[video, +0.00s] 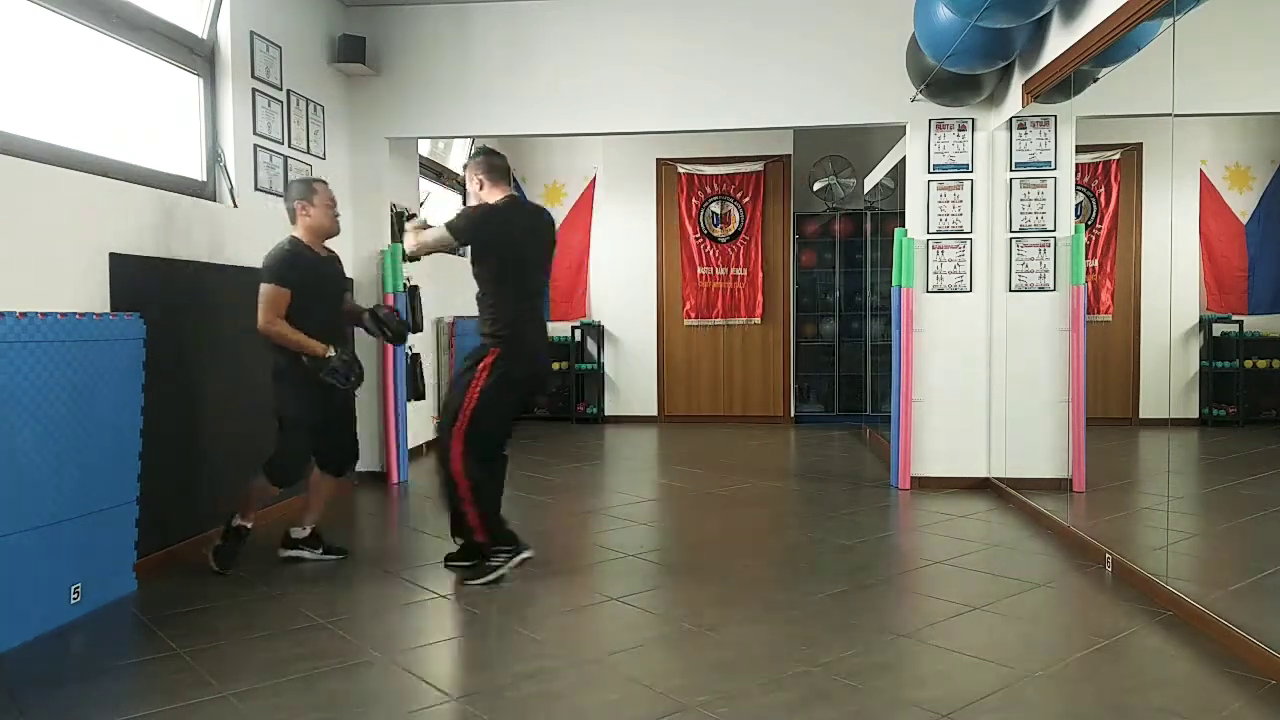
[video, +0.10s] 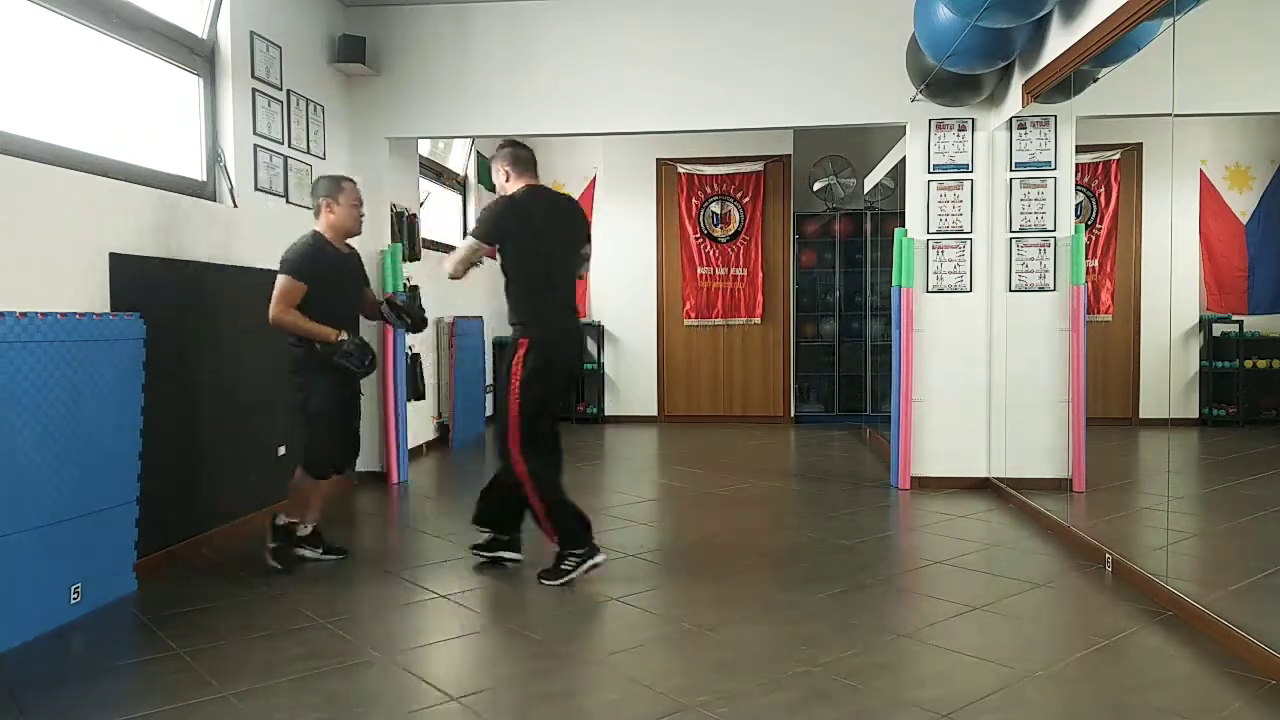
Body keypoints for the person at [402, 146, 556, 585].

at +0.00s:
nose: (467, 192)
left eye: (467, 184)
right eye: (467, 185)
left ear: (479, 180)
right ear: (509, 178)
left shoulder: (479, 218)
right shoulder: (543, 218)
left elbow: (415, 245)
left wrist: (416, 229)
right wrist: (446, 233)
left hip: (501, 351)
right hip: (533, 350)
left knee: (455, 441)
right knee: (488, 444)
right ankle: (478, 543)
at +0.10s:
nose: (495, 184)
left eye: (495, 177)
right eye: (496, 178)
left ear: (505, 173)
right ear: (535, 170)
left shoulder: (503, 209)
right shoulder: (571, 206)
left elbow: (454, 267)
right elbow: (582, 266)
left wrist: (470, 255)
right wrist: (534, 257)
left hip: (532, 340)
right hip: (568, 337)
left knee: (520, 443)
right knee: (531, 436)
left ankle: (576, 544)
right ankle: (503, 533)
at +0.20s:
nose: (523, 198)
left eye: (522, 190)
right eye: (521, 191)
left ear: (534, 183)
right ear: (562, 180)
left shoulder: (540, 223)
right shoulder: (602, 223)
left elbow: (507, 296)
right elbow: (586, 282)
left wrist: (518, 295)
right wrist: (533, 289)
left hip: (569, 357)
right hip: (605, 355)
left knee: (545, 456)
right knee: (573, 448)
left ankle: (587, 558)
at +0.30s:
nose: (554, 205)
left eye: (553, 196)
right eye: (552, 198)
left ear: (563, 189)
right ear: (591, 185)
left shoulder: (580, 226)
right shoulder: (625, 224)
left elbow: (574, 300)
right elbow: (612, 272)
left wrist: (556, 314)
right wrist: (568, 246)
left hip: (599, 364)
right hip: (637, 361)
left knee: (568, 459)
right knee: (629, 451)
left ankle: (588, 560)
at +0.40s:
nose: (584, 205)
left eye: (584, 195)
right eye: (582, 196)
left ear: (597, 186)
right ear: (613, 184)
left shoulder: (631, 216)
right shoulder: (643, 220)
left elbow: (650, 271)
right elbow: (629, 288)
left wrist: (605, 304)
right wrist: (602, 254)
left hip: (645, 354)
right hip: (675, 352)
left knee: (604, 452)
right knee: (689, 452)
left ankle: (592, 559)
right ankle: (753, 541)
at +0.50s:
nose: (618, 212)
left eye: (617, 202)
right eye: (614, 203)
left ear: (632, 192)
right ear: (640, 192)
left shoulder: (672, 219)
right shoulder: (663, 233)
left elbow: (699, 266)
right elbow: (662, 298)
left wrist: (641, 299)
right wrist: (633, 265)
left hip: (692, 356)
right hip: (718, 355)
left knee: (639, 447)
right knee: (733, 457)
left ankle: (638, 558)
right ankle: (777, 553)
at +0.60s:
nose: (649, 213)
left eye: (648, 204)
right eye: (645, 206)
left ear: (666, 195)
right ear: (671, 195)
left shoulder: (704, 226)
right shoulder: (696, 231)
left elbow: (720, 279)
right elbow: (709, 288)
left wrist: (658, 295)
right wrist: (670, 276)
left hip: (732, 358)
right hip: (746, 357)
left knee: (691, 453)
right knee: (752, 455)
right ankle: (781, 555)